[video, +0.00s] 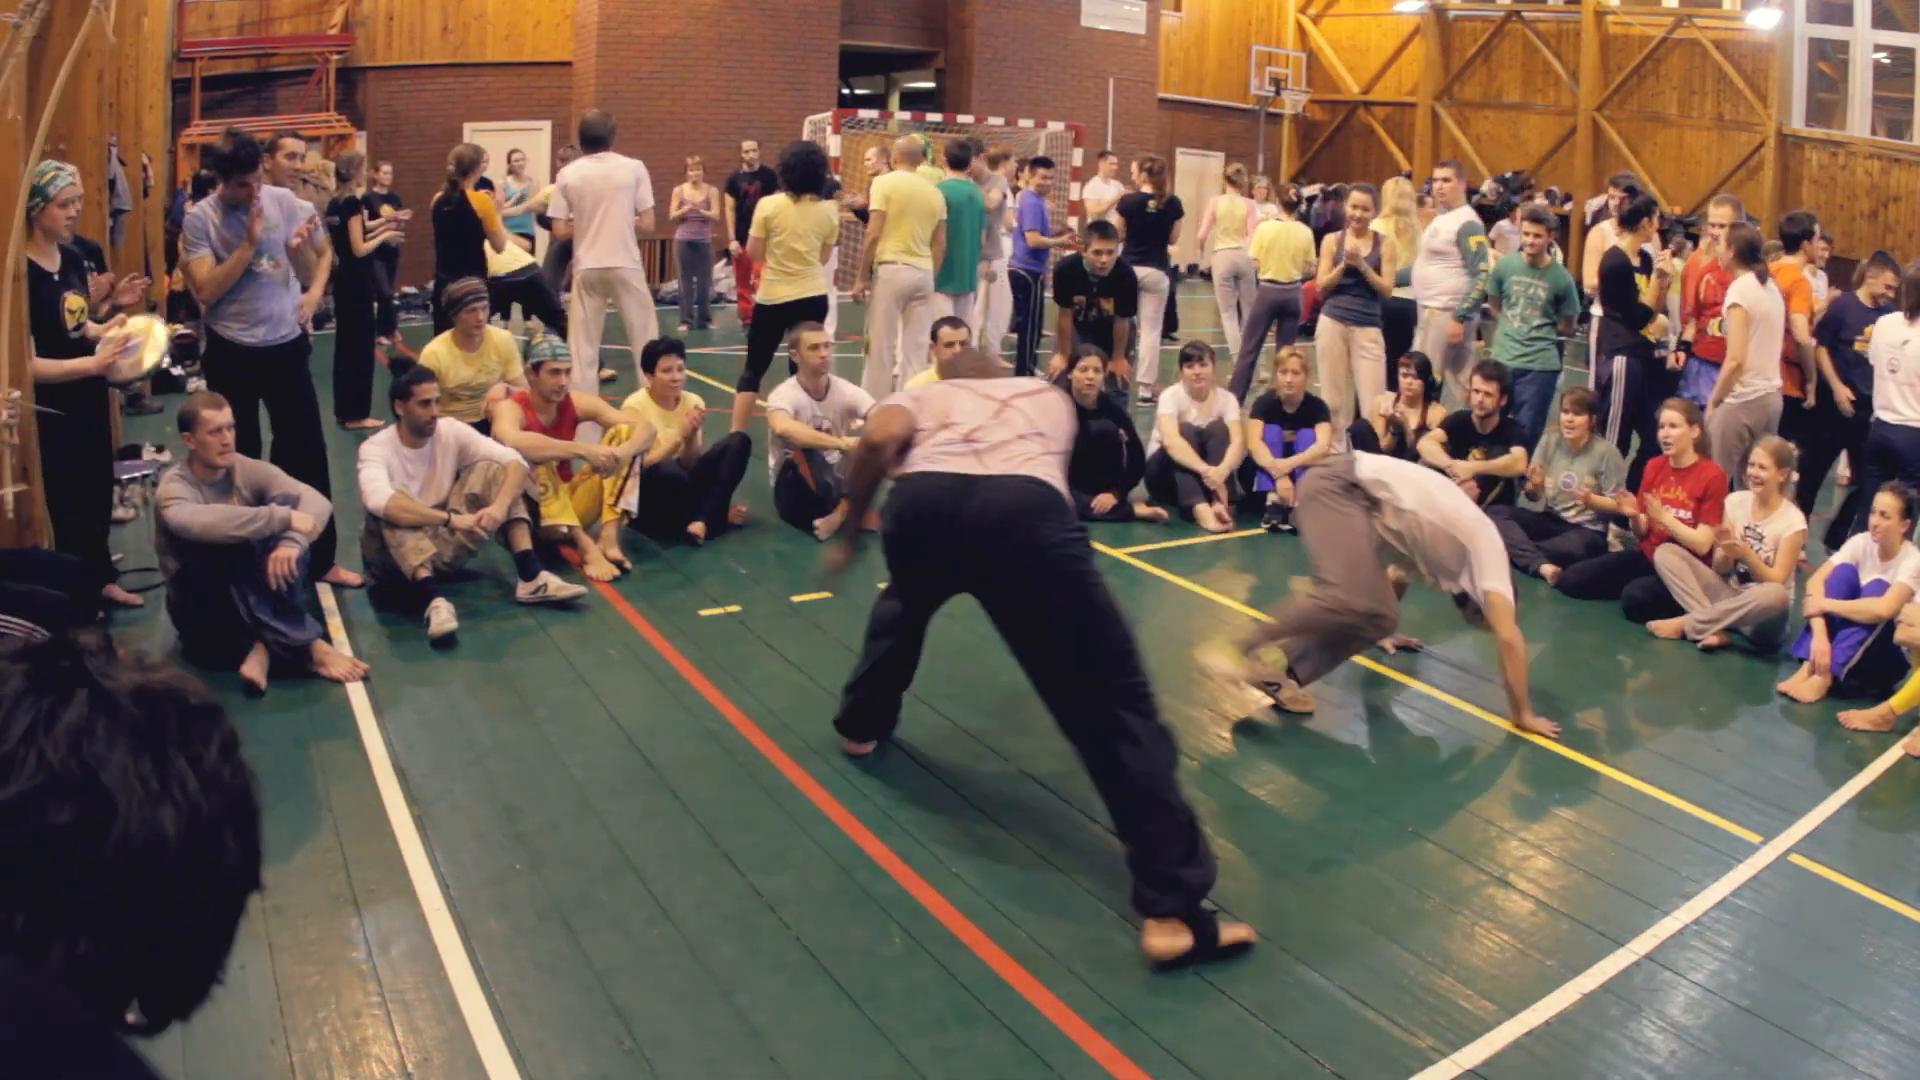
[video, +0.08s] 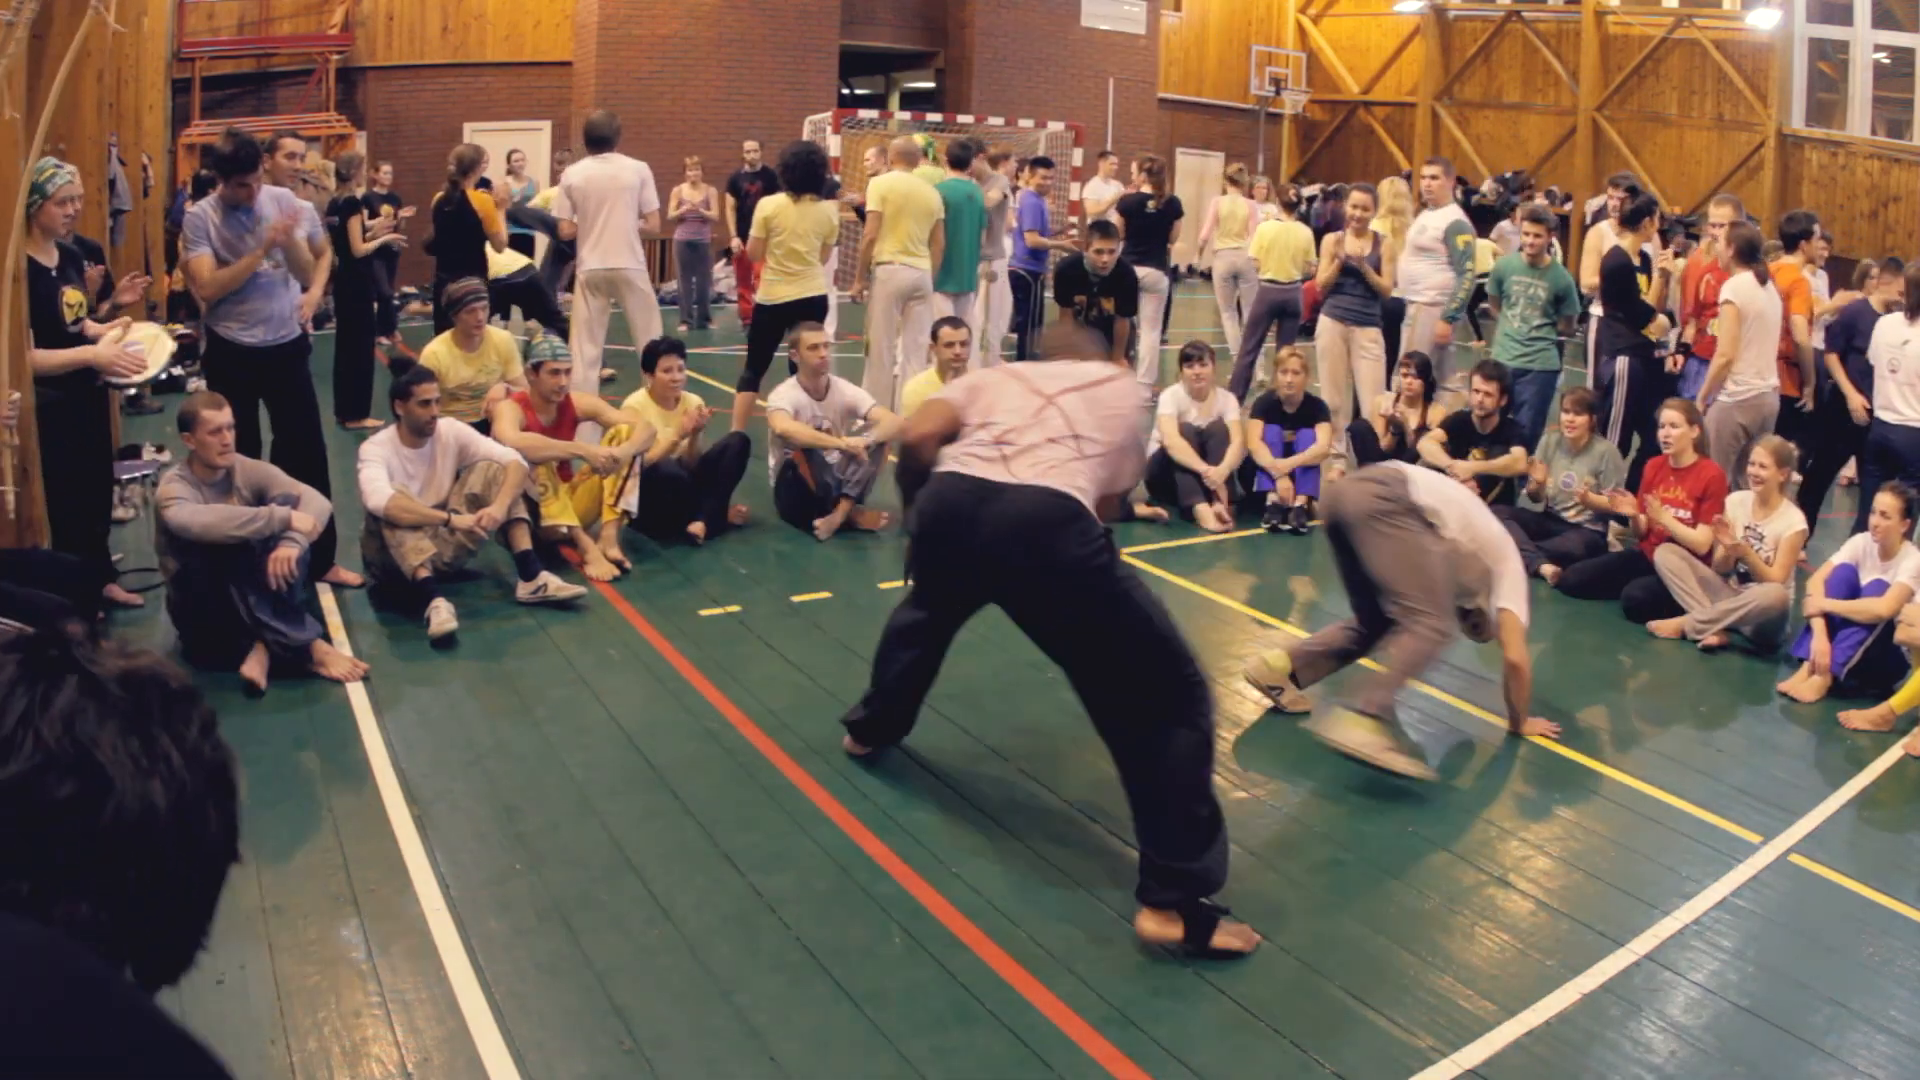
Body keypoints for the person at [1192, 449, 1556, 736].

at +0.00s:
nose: (1470, 623)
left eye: (1472, 619)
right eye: (1474, 620)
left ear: (1464, 594)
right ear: (1477, 592)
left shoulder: (1444, 548)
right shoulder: (1487, 546)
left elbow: (1395, 576)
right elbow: (1508, 639)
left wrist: (1385, 633)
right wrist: (1522, 716)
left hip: (1357, 504)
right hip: (1334, 483)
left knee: (1378, 613)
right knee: (1354, 599)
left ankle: (1281, 675)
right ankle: (1235, 648)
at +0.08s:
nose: (1468, 627)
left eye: (1471, 628)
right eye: (1474, 627)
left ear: (1472, 609)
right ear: (1487, 612)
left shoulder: (1455, 544)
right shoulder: (1507, 562)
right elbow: (1514, 660)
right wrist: (1519, 722)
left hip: (1343, 493)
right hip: (1382, 498)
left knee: (1375, 623)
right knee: (1432, 625)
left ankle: (1280, 668)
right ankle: (1363, 716)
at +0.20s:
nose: (1468, 615)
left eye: (1468, 616)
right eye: (1476, 618)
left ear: (1462, 602)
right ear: (1494, 610)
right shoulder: (1543, 593)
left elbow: (1401, 546)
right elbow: (1547, 656)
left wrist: (1388, 627)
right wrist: (1528, 716)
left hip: (1420, 496)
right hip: (1490, 508)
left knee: (1385, 611)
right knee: (1546, 653)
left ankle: (1280, 674)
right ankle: (1568, 766)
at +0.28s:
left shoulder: (1484, 499)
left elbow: (1415, 576)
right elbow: (1573, 677)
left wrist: (1403, 636)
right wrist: (1521, 723)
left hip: (1501, 505)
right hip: (1582, 526)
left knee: (1414, 605)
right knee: (1601, 673)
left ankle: (1316, 688)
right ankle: (1630, 782)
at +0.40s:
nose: (1524, 623)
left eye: (1519, 614)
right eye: (1521, 616)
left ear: (1514, 590)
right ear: (1540, 593)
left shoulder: (1534, 536)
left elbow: (1453, 583)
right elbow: (1596, 664)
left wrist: (1447, 650)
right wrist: (1549, 722)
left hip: (1611, 551)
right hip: (1688, 570)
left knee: (1526, 668)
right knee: (1647, 707)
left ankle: (1477, 781)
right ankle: (1645, 826)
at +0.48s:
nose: (1574, 639)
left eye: (1554, 633)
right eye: (1562, 632)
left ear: (1545, 606)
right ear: (1572, 614)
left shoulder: (1567, 557)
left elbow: (1482, 602)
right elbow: (1630, 671)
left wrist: (1473, 663)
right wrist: (1557, 707)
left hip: (1696, 584)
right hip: (1749, 595)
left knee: (1621, 725)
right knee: (1661, 720)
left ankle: (1662, 844)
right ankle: (1641, 834)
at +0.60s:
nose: (1594, 658)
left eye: (1588, 653)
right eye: (1596, 655)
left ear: (1589, 636)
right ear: (1617, 645)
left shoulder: (1607, 588)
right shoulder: (1680, 625)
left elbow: (1529, 637)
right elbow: (1683, 710)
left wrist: (1499, 691)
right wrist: (1609, 711)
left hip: (1781, 625)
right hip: (1803, 622)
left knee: (1788, 811)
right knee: (1687, 716)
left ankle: (1907, 893)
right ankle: (1661, 850)